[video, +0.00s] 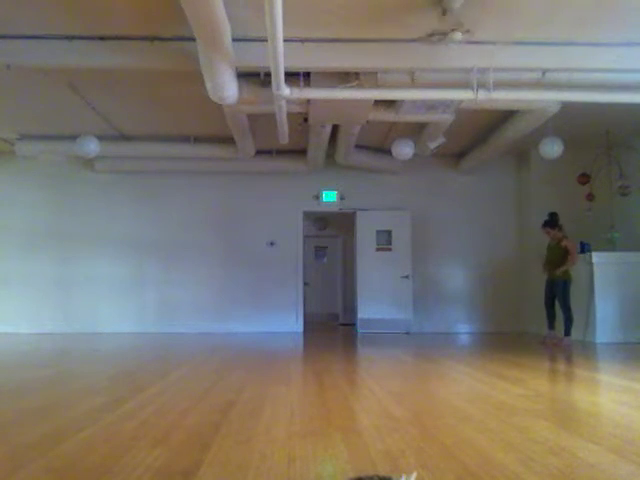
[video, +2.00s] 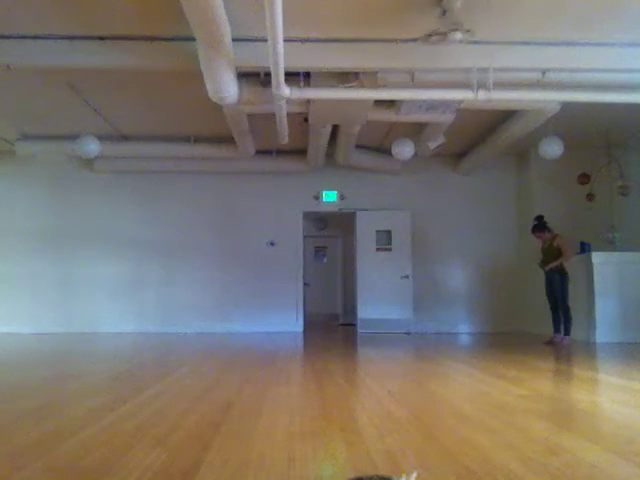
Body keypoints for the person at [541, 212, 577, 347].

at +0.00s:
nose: (548, 235)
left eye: (549, 232)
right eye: (546, 233)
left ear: (555, 229)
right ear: (548, 232)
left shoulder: (566, 242)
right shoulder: (551, 243)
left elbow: (573, 259)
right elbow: (548, 258)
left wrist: (561, 269)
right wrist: (545, 266)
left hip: (562, 276)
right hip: (551, 276)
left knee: (564, 305)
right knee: (549, 303)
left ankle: (567, 336)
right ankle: (551, 332)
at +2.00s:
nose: (539, 239)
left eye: (539, 236)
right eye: (537, 237)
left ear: (545, 232)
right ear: (539, 235)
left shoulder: (558, 240)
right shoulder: (545, 243)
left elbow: (567, 255)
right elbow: (547, 257)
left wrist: (551, 265)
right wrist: (542, 263)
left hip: (560, 273)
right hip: (549, 274)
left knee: (562, 304)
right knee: (553, 304)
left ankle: (566, 335)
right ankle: (557, 334)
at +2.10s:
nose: (538, 237)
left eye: (539, 233)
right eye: (537, 234)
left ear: (545, 230)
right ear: (541, 232)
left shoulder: (558, 240)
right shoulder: (544, 244)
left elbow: (567, 255)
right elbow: (545, 258)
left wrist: (551, 264)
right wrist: (541, 264)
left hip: (559, 273)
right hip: (549, 274)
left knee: (562, 304)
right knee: (553, 304)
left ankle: (566, 335)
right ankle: (557, 334)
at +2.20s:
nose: (540, 236)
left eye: (540, 233)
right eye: (538, 233)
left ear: (547, 230)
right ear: (542, 232)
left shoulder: (558, 240)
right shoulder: (545, 243)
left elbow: (567, 255)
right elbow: (545, 257)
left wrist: (552, 264)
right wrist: (542, 264)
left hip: (559, 274)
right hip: (549, 274)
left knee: (562, 304)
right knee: (553, 304)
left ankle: (566, 335)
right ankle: (557, 334)